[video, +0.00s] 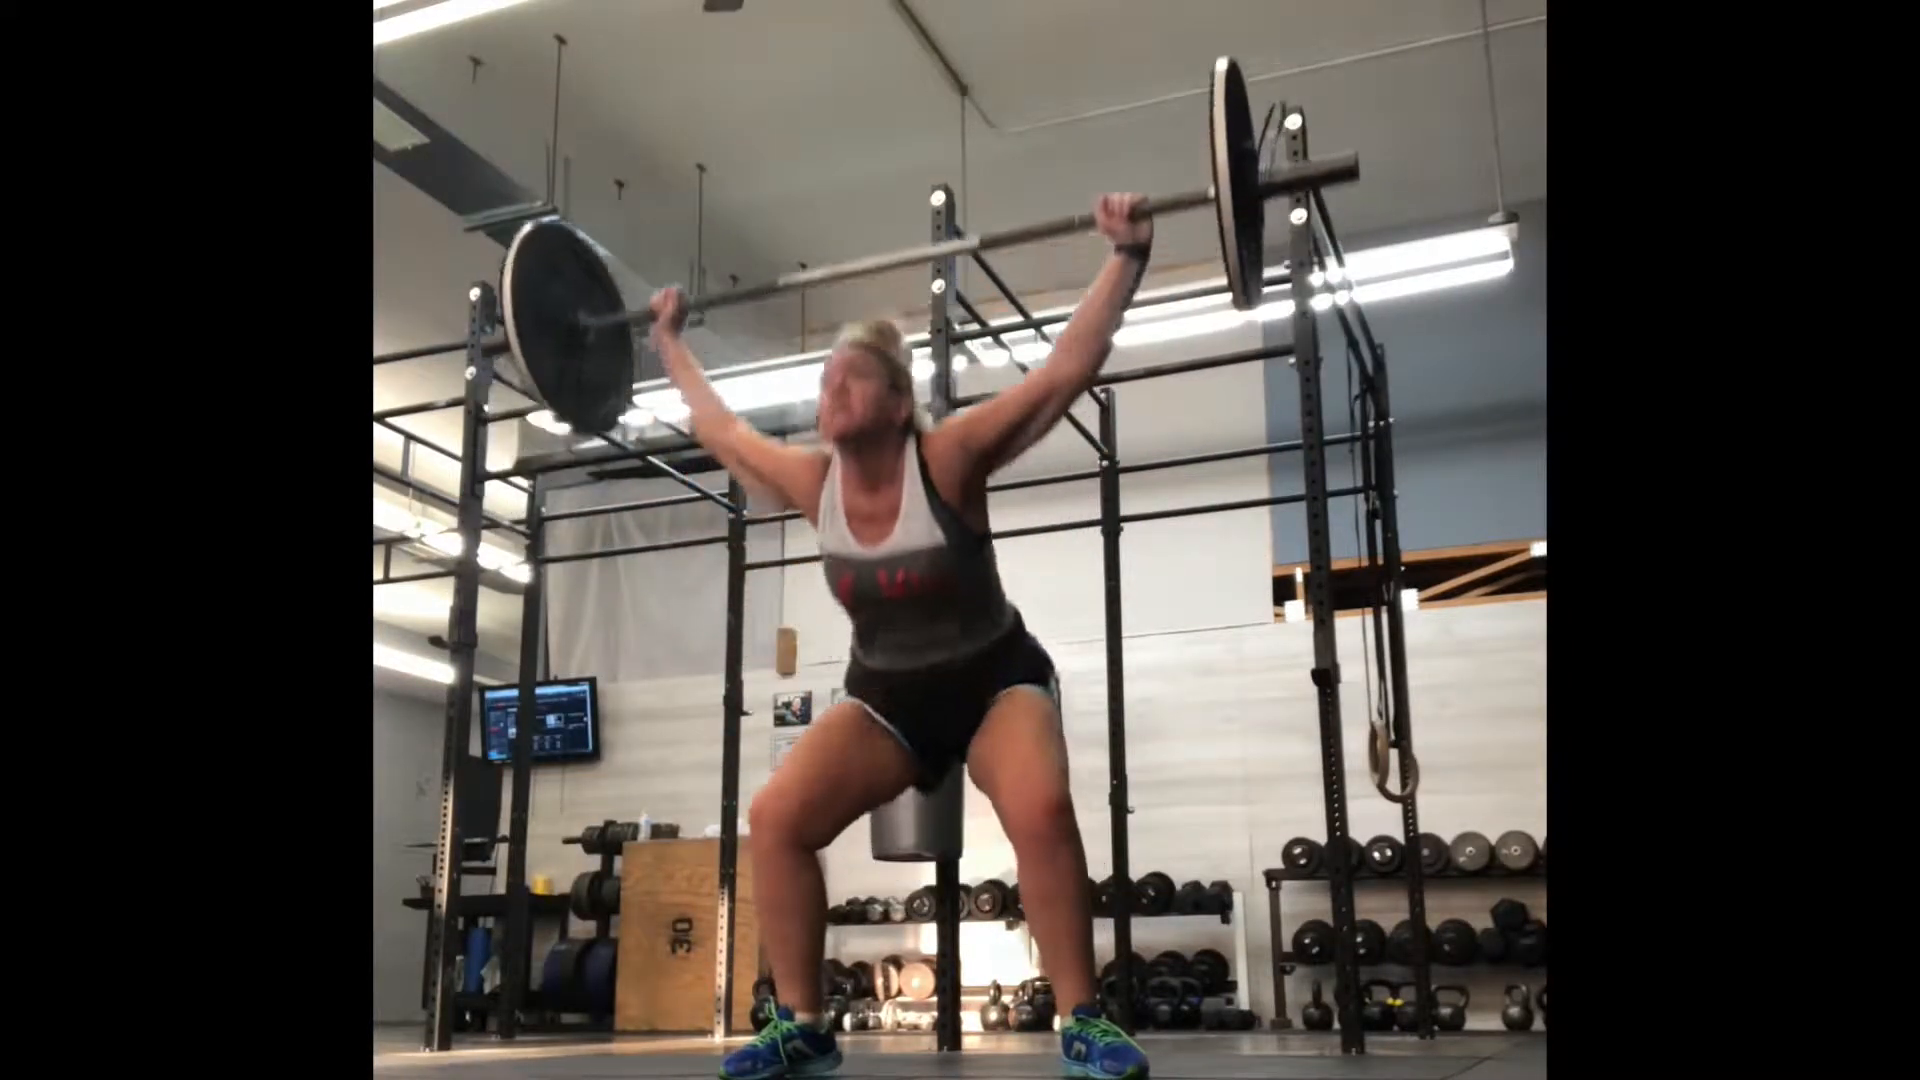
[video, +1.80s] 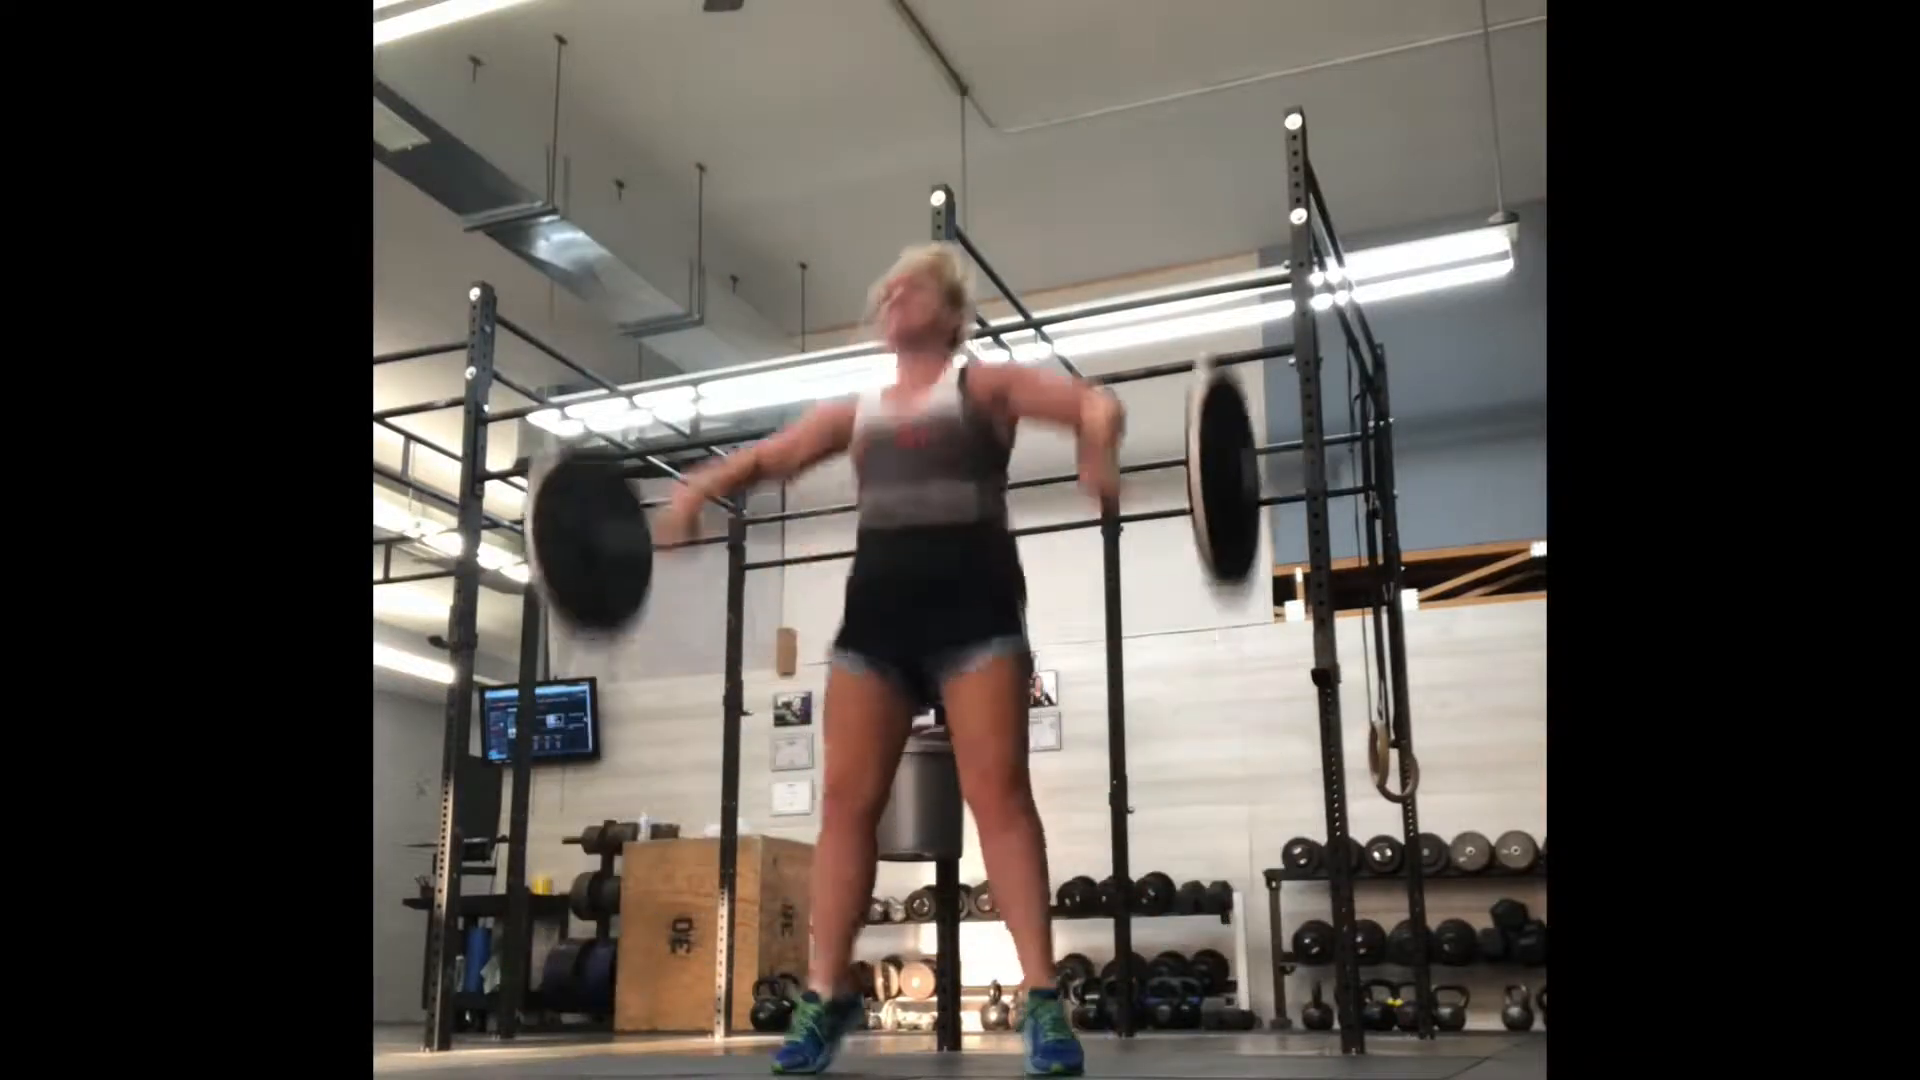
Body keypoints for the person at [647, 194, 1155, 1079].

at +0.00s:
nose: (834, 393)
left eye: (855, 379)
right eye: (828, 380)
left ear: (899, 401)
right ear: (822, 399)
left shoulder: (949, 456)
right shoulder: (812, 481)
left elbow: (1062, 375)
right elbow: (722, 434)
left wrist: (1125, 256)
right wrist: (668, 343)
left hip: (994, 683)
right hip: (884, 699)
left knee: (1045, 816)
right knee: (775, 819)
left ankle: (1078, 1018)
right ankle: (800, 1021)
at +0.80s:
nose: (841, 285)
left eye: (857, 273)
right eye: (829, 276)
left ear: (896, 288)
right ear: (818, 294)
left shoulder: (936, 356)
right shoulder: (800, 374)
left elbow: (1025, 261)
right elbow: (716, 315)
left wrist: (1098, 163)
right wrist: (671, 236)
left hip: (924, 602)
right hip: (817, 613)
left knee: (986, 795)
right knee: (828, 818)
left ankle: (1079, 993)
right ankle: (806, 1025)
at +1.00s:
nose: (821, 596)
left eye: (841, 581)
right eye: (813, 583)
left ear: (886, 601)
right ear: (806, 600)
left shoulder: (940, 672)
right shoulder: (811, 694)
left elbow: (1034, 794)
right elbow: (756, 812)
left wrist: (1118, 899)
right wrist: (680, 917)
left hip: (974, 819)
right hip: (887, 827)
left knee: (1016, 844)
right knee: (780, 850)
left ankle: (1036, 1020)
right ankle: (844, 1024)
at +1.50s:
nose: (823, 503)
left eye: (841, 486)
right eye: (814, 488)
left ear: (888, 497)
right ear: (805, 497)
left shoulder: (945, 566)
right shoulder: (817, 593)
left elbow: (1052, 669)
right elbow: (755, 698)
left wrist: (1116, 783)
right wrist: (696, 799)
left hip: (1000, 703)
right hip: (904, 715)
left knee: (1011, 828)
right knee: (842, 838)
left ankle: (1040, 1019)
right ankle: (843, 1024)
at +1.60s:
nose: (833, 442)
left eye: (851, 426)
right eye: (825, 429)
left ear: (892, 438)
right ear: (818, 447)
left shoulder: (949, 518)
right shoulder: (819, 542)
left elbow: (1063, 603)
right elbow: (749, 633)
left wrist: (1111, 716)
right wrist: (696, 735)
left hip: (995, 682)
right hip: (898, 694)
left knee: (1016, 819)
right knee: (837, 832)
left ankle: (1041, 1016)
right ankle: (843, 1023)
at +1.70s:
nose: (860, 372)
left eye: (876, 358)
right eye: (859, 358)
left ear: (921, 369)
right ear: (855, 375)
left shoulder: (965, 454)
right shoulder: (840, 477)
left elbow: (1084, 499)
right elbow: (744, 545)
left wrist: (1101, 600)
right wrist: (688, 627)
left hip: (986, 674)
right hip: (886, 680)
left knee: (1002, 825)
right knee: (826, 831)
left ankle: (1039, 1013)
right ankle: (840, 1020)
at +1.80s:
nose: (890, 303)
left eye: (908, 291)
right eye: (886, 294)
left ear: (950, 309)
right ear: (883, 317)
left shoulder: (987, 381)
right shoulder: (859, 408)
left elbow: (1095, 403)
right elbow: (773, 456)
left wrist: (1097, 454)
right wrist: (696, 488)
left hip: (974, 611)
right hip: (876, 617)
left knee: (999, 796)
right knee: (846, 800)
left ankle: (1042, 998)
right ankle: (826, 997)